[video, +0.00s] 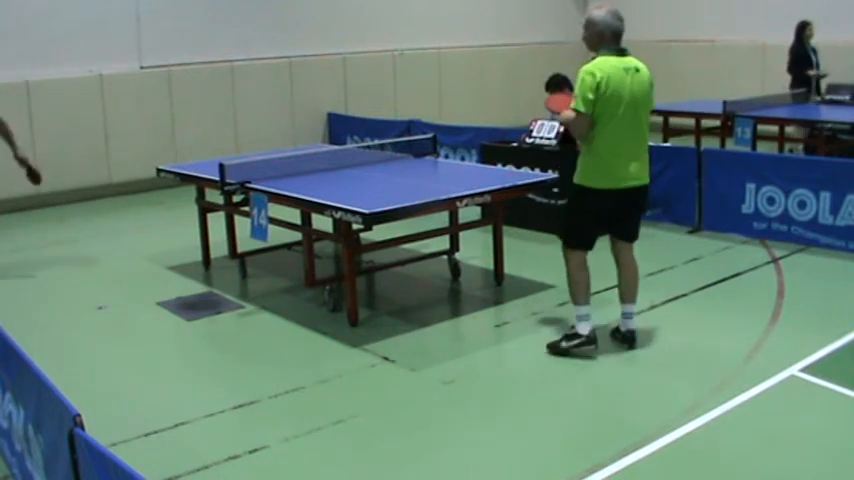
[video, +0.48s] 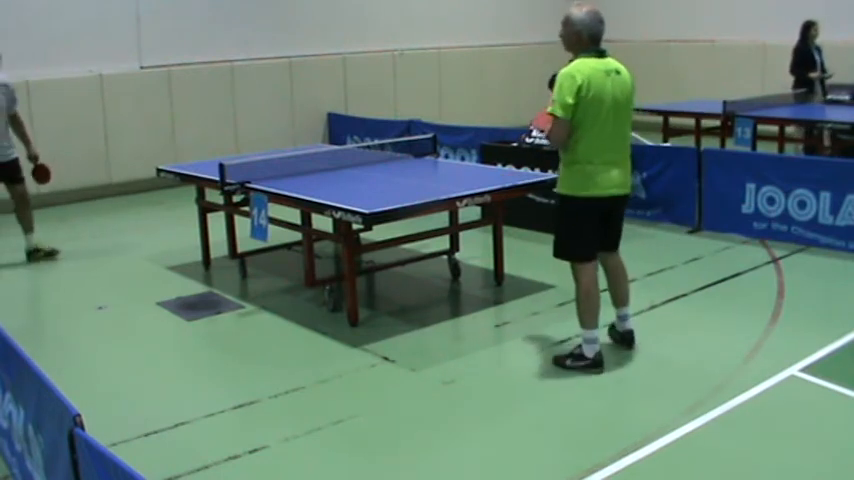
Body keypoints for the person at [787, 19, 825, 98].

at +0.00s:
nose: (812, 33)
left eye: (812, 30)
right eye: (809, 30)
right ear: (802, 31)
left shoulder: (812, 49)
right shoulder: (796, 48)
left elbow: (815, 71)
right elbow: (791, 69)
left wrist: (819, 93)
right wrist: (806, 72)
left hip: (812, 88)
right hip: (799, 87)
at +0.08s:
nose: (812, 33)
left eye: (812, 30)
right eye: (809, 30)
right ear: (802, 31)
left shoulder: (812, 49)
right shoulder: (796, 48)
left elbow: (815, 71)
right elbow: (790, 69)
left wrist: (818, 92)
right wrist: (806, 72)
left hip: (812, 88)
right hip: (799, 88)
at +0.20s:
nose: (812, 33)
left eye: (812, 30)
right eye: (809, 30)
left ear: (812, 32)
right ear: (802, 31)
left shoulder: (813, 48)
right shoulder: (796, 47)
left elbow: (817, 69)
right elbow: (791, 68)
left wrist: (822, 74)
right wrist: (806, 74)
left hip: (813, 89)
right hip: (800, 88)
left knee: (813, 120)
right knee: (802, 121)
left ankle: (810, 149)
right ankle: (804, 150)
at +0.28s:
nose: (813, 32)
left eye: (813, 30)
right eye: (810, 30)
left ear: (813, 31)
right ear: (803, 31)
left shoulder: (813, 48)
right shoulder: (797, 46)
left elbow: (817, 69)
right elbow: (791, 69)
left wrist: (821, 92)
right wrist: (806, 74)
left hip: (814, 88)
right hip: (801, 88)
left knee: (813, 120)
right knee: (804, 121)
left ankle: (810, 148)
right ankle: (806, 149)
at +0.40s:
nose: (815, 33)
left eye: (815, 30)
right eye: (812, 30)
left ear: (815, 31)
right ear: (805, 31)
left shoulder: (815, 48)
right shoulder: (799, 47)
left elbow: (819, 67)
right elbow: (792, 69)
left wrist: (824, 74)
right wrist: (807, 75)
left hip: (816, 89)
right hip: (802, 89)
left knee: (817, 121)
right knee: (807, 122)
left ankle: (818, 149)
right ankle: (809, 150)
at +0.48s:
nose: (816, 33)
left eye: (816, 30)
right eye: (813, 30)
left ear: (817, 32)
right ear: (806, 31)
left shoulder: (817, 48)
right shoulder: (800, 47)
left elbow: (820, 67)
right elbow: (794, 69)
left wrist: (825, 74)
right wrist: (808, 75)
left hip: (818, 88)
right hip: (804, 89)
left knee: (818, 121)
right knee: (808, 122)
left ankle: (817, 150)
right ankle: (809, 151)